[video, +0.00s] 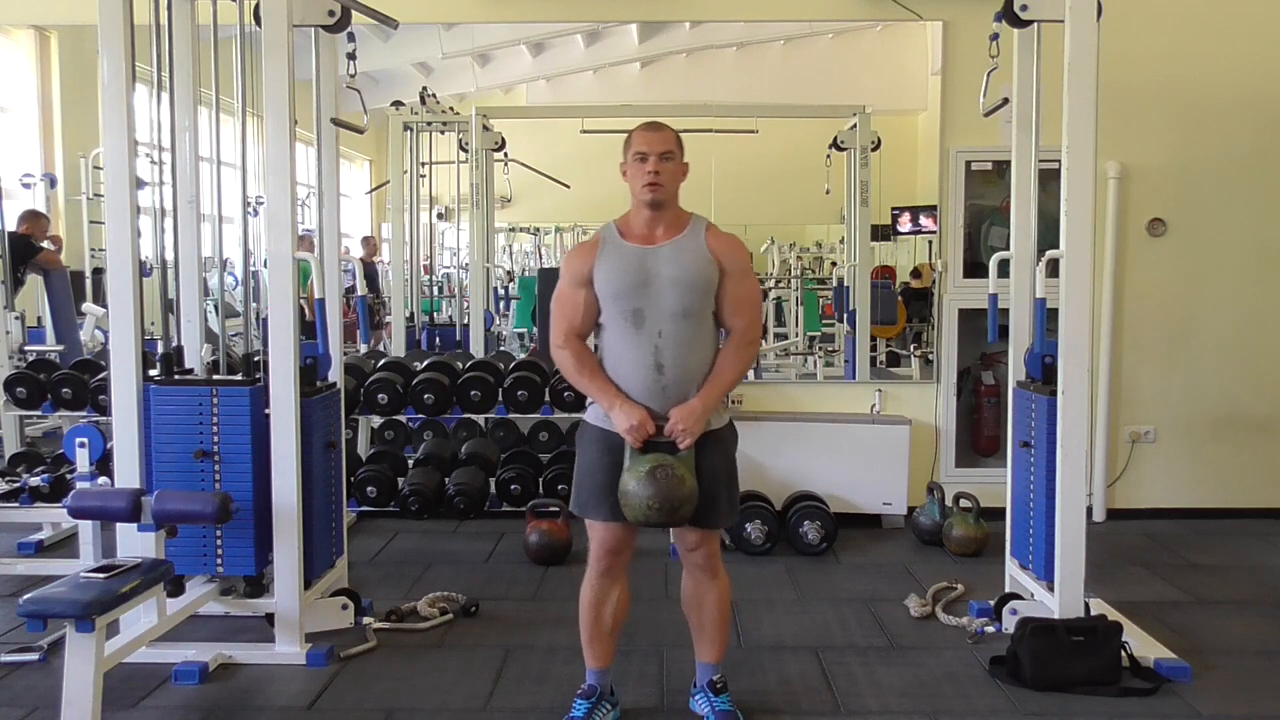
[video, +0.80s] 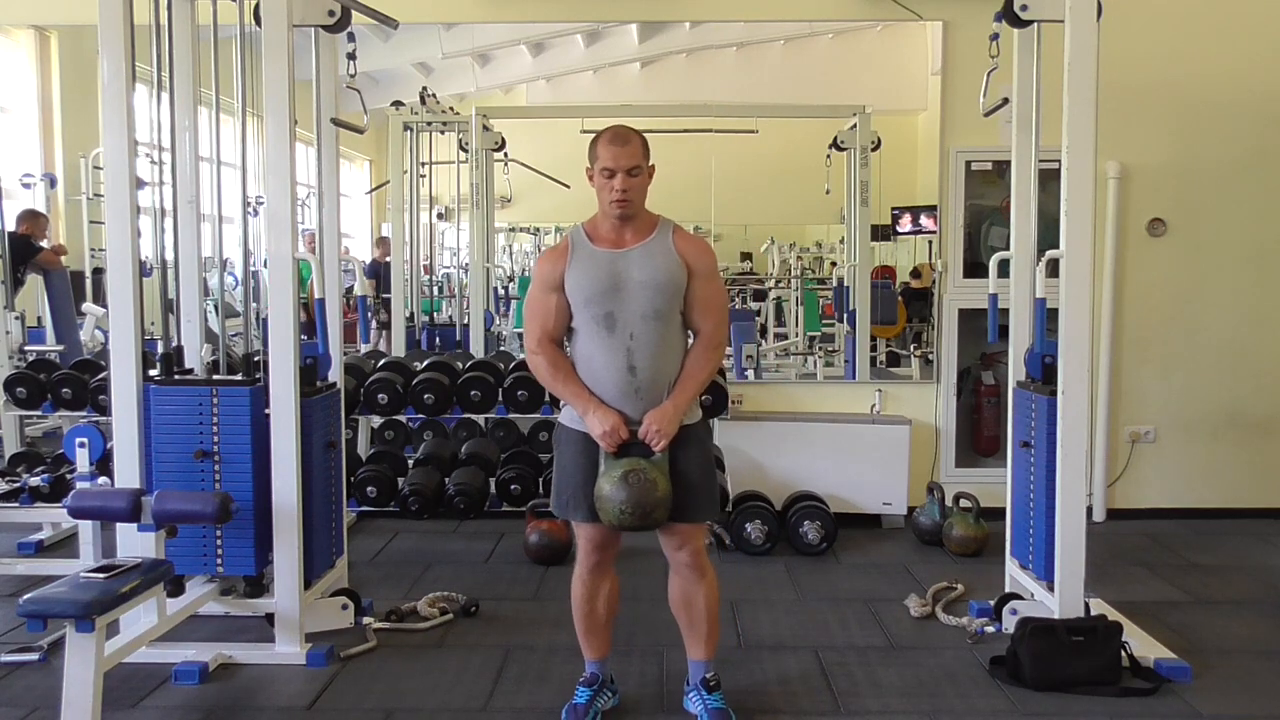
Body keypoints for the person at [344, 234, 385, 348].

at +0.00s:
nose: (376, 247)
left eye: (376, 245)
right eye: (374, 245)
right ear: (365, 247)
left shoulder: (373, 263)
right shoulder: (359, 264)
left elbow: (376, 282)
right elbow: (356, 283)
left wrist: (379, 298)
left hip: (376, 299)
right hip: (364, 300)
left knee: (379, 333)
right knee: (366, 334)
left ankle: (371, 355)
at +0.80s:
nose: (390, 248)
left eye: (390, 245)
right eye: (388, 245)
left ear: (383, 246)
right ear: (381, 247)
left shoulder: (389, 265)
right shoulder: (372, 266)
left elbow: (392, 285)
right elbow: (371, 288)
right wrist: (377, 307)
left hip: (390, 303)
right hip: (379, 304)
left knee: (388, 335)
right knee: (375, 336)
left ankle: (388, 358)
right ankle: (370, 358)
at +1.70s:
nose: (377, 248)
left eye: (380, 245)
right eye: (374, 245)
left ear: (383, 247)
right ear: (370, 247)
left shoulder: (390, 265)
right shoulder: (363, 265)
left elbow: (396, 286)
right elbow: (360, 289)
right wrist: (366, 308)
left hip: (386, 303)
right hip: (369, 303)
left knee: (386, 337)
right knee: (366, 337)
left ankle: (387, 364)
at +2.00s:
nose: (360, 248)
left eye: (363, 245)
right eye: (358, 245)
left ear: (369, 246)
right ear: (355, 247)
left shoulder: (377, 265)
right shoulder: (350, 266)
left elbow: (382, 286)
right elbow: (346, 288)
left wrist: (383, 304)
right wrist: (346, 309)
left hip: (372, 300)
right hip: (355, 301)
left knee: (378, 334)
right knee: (355, 336)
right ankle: (355, 361)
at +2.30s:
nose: (350, 248)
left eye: (353, 245)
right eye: (348, 245)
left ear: (358, 246)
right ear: (346, 246)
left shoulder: (367, 264)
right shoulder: (343, 264)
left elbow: (374, 285)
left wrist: (371, 305)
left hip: (363, 302)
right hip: (348, 302)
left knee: (366, 335)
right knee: (352, 335)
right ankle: (355, 360)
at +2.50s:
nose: (343, 248)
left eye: (346, 245)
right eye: (342, 245)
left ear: (353, 246)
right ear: (341, 246)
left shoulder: (360, 263)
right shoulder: (339, 263)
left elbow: (369, 281)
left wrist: (373, 294)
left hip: (356, 302)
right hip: (341, 301)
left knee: (352, 334)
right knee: (342, 334)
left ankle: (353, 362)